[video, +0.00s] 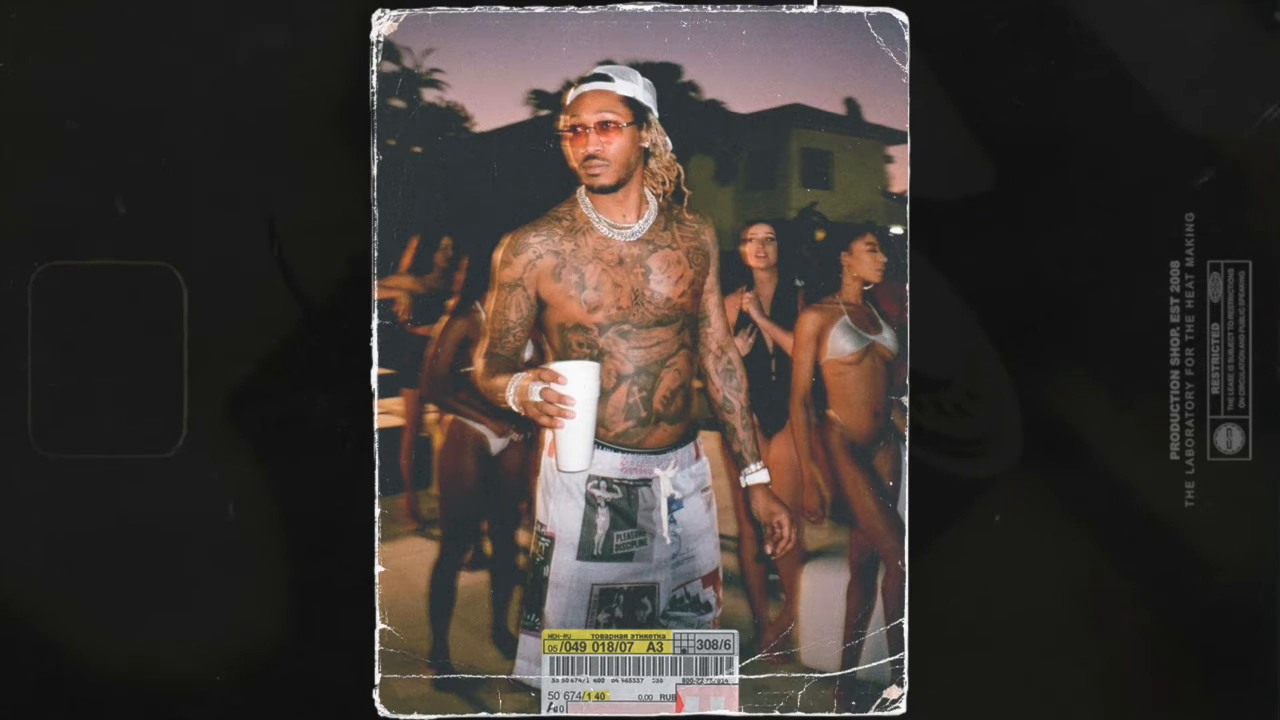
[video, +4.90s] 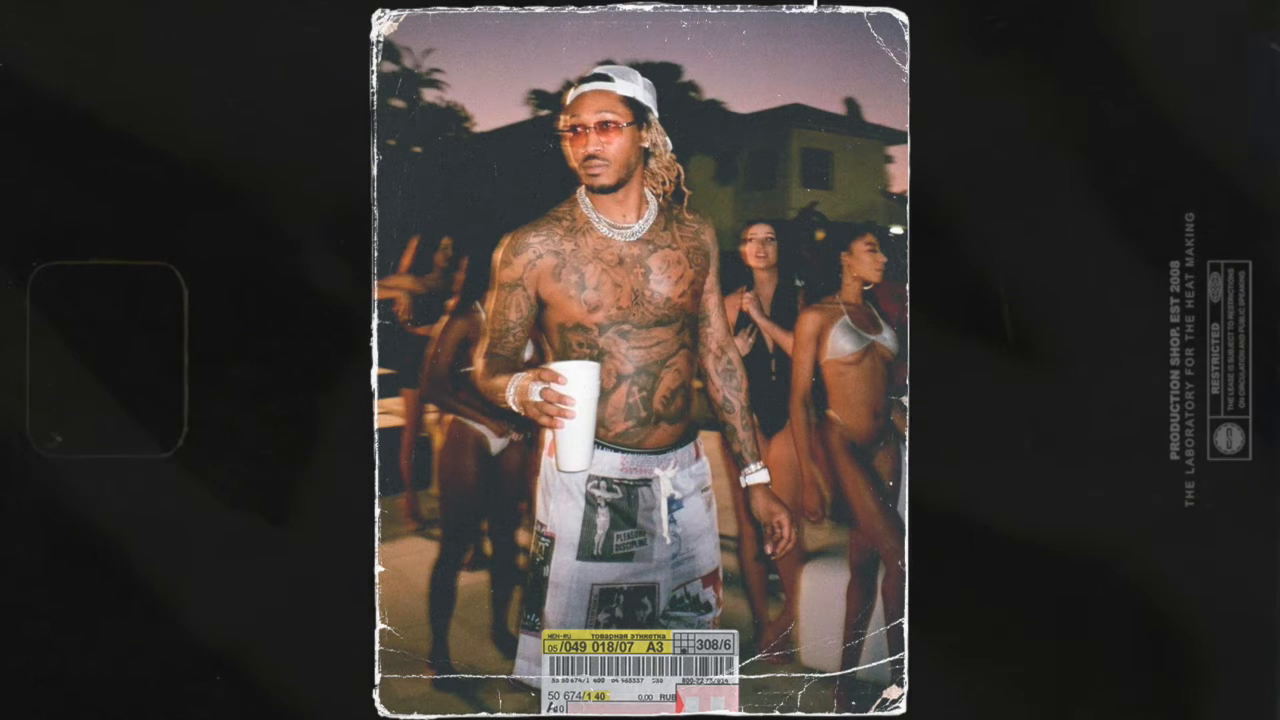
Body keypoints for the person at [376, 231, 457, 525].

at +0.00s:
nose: (445, 254)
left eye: (450, 250)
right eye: (441, 248)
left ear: (456, 255)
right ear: (431, 251)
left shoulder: (455, 281)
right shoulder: (414, 283)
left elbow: (461, 303)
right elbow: (395, 284)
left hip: (445, 350)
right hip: (416, 348)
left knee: (450, 425)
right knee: (413, 427)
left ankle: (451, 498)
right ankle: (410, 500)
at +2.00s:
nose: (446, 255)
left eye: (451, 250)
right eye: (442, 249)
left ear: (455, 255)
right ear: (431, 252)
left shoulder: (454, 283)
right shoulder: (414, 283)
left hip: (445, 353)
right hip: (416, 350)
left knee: (449, 426)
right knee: (413, 427)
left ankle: (450, 498)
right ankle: (410, 499)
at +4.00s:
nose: (446, 254)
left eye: (450, 249)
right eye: (442, 248)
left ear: (454, 254)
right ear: (430, 251)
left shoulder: (454, 280)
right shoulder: (414, 282)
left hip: (444, 347)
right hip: (416, 345)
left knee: (449, 425)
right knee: (413, 426)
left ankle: (452, 498)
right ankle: (410, 502)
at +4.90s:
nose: (446, 254)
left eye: (450, 249)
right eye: (442, 248)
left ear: (455, 253)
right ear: (431, 250)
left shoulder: (456, 277)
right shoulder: (414, 281)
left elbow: (461, 305)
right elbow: (393, 287)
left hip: (445, 349)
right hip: (416, 347)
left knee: (449, 426)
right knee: (413, 427)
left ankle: (451, 499)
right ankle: (411, 501)